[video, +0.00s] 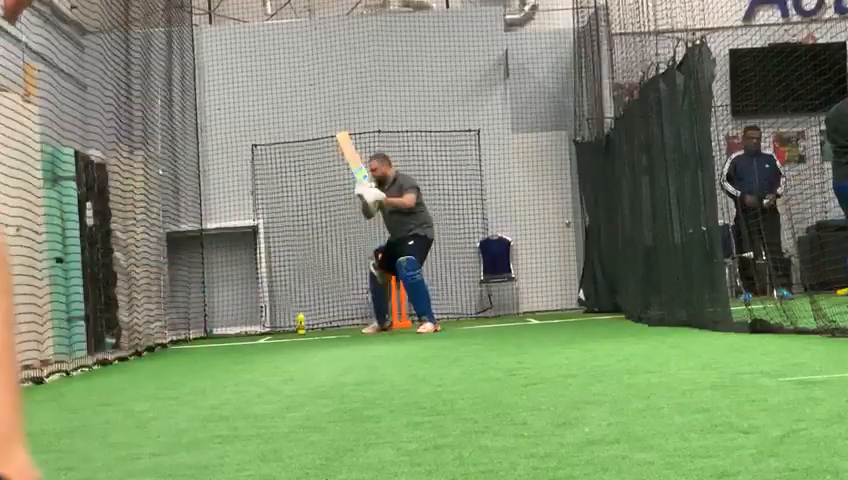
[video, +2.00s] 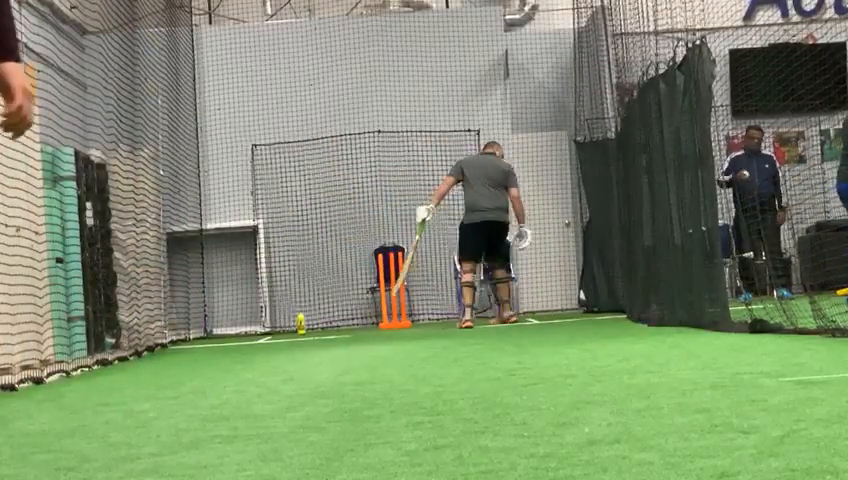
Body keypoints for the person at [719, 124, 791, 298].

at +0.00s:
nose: (755, 142)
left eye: (757, 139)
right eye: (751, 139)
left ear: (761, 140)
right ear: (743, 140)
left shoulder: (770, 159)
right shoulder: (734, 159)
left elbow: (782, 180)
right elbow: (724, 182)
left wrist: (775, 194)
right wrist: (742, 197)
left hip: (768, 210)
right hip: (745, 211)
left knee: (774, 247)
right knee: (746, 251)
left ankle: (781, 286)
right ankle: (748, 289)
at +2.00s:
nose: (755, 142)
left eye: (758, 139)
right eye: (751, 138)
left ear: (762, 141)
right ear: (744, 140)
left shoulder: (769, 159)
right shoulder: (735, 159)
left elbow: (777, 185)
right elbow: (721, 181)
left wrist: (781, 207)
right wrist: (735, 178)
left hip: (768, 211)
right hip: (744, 212)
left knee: (774, 248)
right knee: (746, 252)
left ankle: (779, 286)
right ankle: (748, 289)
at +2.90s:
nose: (755, 144)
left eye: (758, 141)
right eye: (752, 141)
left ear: (761, 142)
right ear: (744, 140)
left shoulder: (768, 159)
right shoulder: (734, 160)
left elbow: (783, 175)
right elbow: (714, 172)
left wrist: (778, 178)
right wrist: (728, 162)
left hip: (767, 210)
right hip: (744, 211)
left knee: (773, 247)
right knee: (744, 250)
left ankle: (779, 285)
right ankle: (748, 289)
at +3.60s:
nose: (759, 144)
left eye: (762, 141)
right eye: (755, 140)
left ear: (765, 141)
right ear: (749, 141)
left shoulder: (772, 158)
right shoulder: (740, 157)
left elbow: (780, 182)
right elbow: (731, 172)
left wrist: (786, 203)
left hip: (770, 209)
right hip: (748, 210)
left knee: (775, 247)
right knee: (746, 250)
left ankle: (781, 286)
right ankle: (749, 289)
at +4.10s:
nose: (760, 144)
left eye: (763, 140)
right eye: (757, 140)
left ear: (766, 141)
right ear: (748, 141)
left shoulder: (772, 159)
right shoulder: (738, 159)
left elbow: (780, 184)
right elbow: (729, 185)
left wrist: (785, 205)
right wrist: (739, 205)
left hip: (771, 209)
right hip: (748, 210)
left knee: (776, 248)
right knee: (749, 250)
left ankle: (782, 286)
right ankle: (750, 289)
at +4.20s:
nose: (759, 144)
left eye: (762, 140)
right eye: (756, 140)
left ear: (765, 141)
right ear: (747, 140)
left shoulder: (771, 158)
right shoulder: (737, 159)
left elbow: (780, 183)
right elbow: (728, 185)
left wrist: (785, 205)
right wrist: (735, 207)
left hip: (770, 210)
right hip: (747, 211)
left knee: (776, 248)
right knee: (748, 251)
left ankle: (783, 286)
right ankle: (749, 289)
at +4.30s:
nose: (758, 144)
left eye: (761, 141)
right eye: (755, 141)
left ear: (764, 142)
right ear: (746, 140)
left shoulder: (771, 159)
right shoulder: (736, 160)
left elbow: (780, 183)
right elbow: (727, 185)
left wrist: (785, 205)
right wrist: (732, 208)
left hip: (771, 210)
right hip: (747, 212)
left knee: (776, 248)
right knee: (748, 251)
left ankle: (783, 286)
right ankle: (749, 289)